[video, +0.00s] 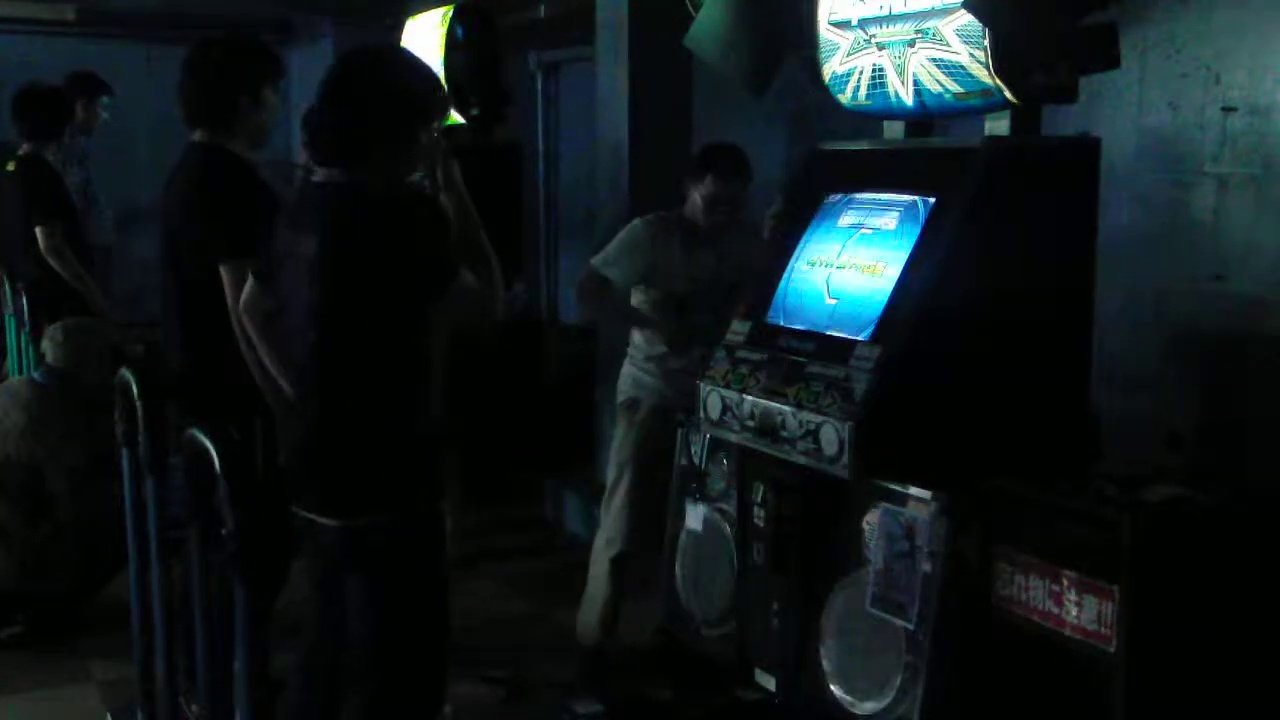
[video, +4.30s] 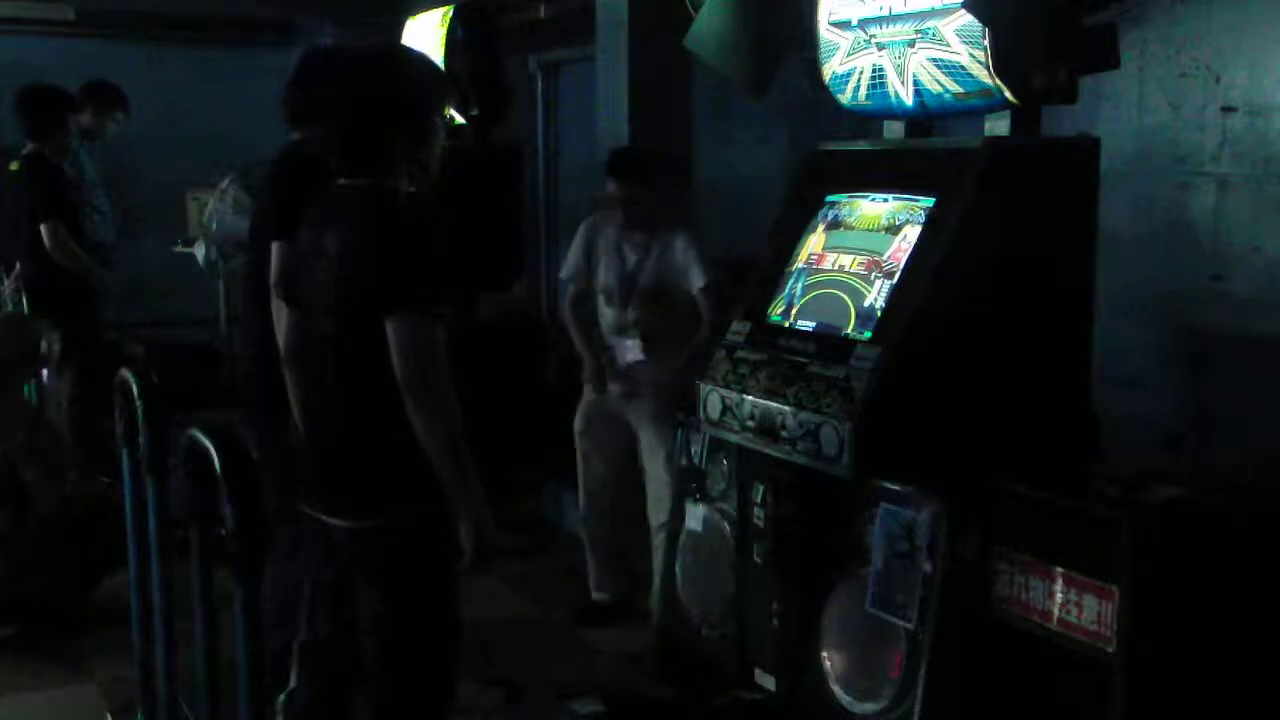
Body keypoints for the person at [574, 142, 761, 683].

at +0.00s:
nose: (719, 208)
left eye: (730, 199)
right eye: (712, 196)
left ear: (741, 200)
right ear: (691, 188)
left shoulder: (740, 248)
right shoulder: (652, 234)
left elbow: (754, 310)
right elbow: (593, 288)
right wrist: (646, 322)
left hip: (708, 399)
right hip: (649, 393)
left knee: (697, 521)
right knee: (626, 522)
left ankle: (677, 644)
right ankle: (597, 645)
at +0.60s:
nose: (654, 216)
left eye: (663, 206)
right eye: (647, 203)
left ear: (672, 206)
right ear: (627, 196)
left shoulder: (673, 245)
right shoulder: (584, 236)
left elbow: (696, 308)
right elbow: (519, 289)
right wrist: (569, 336)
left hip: (654, 395)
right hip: (591, 396)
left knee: (664, 516)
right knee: (591, 521)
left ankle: (670, 633)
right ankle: (590, 634)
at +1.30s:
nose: (663, 213)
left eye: (673, 204)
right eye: (655, 201)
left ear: (682, 205)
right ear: (636, 196)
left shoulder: (683, 245)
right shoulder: (596, 237)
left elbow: (701, 307)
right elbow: (561, 307)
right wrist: (601, 341)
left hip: (660, 391)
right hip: (600, 392)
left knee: (664, 512)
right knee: (595, 517)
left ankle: (664, 622)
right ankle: (589, 628)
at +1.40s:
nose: (680, 217)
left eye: (687, 207)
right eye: (674, 205)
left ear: (690, 207)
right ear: (650, 199)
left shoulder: (684, 247)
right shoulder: (606, 238)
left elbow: (694, 314)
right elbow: (590, 321)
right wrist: (654, 347)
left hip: (663, 385)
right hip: (608, 385)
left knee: (665, 510)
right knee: (599, 514)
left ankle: (664, 621)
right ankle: (589, 626)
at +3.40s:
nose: (721, 231)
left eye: (730, 222)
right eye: (715, 219)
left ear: (737, 223)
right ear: (695, 211)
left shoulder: (724, 260)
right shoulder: (649, 250)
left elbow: (733, 325)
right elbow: (645, 340)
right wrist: (698, 384)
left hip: (681, 394)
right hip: (628, 388)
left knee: (675, 511)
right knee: (612, 511)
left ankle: (666, 624)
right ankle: (591, 625)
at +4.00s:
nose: (693, 217)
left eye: (702, 208)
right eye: (688, 205)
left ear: (712, 208)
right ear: (669, 196)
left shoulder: (711, 246)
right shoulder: (624, 238)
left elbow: (726, 311)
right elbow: (593, 311)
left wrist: (699, 361)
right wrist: (637, 361)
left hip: (681, 386)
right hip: (623, 384)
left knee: (676, 499)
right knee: (606, 495)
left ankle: (668, 605)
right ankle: (597, 592)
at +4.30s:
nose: (622, 209)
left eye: (630, 199)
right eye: (614, 199)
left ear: (651, 195)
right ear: (606, 197)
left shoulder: (676, 241)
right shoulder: (594, 232)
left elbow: (708, 312)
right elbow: (572, 299)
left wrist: (676, 370)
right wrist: (592, 359)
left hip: (657, 385)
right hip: (603, 383)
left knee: (665, 503)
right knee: (595, 498)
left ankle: (667, 607)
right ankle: (604, 594)